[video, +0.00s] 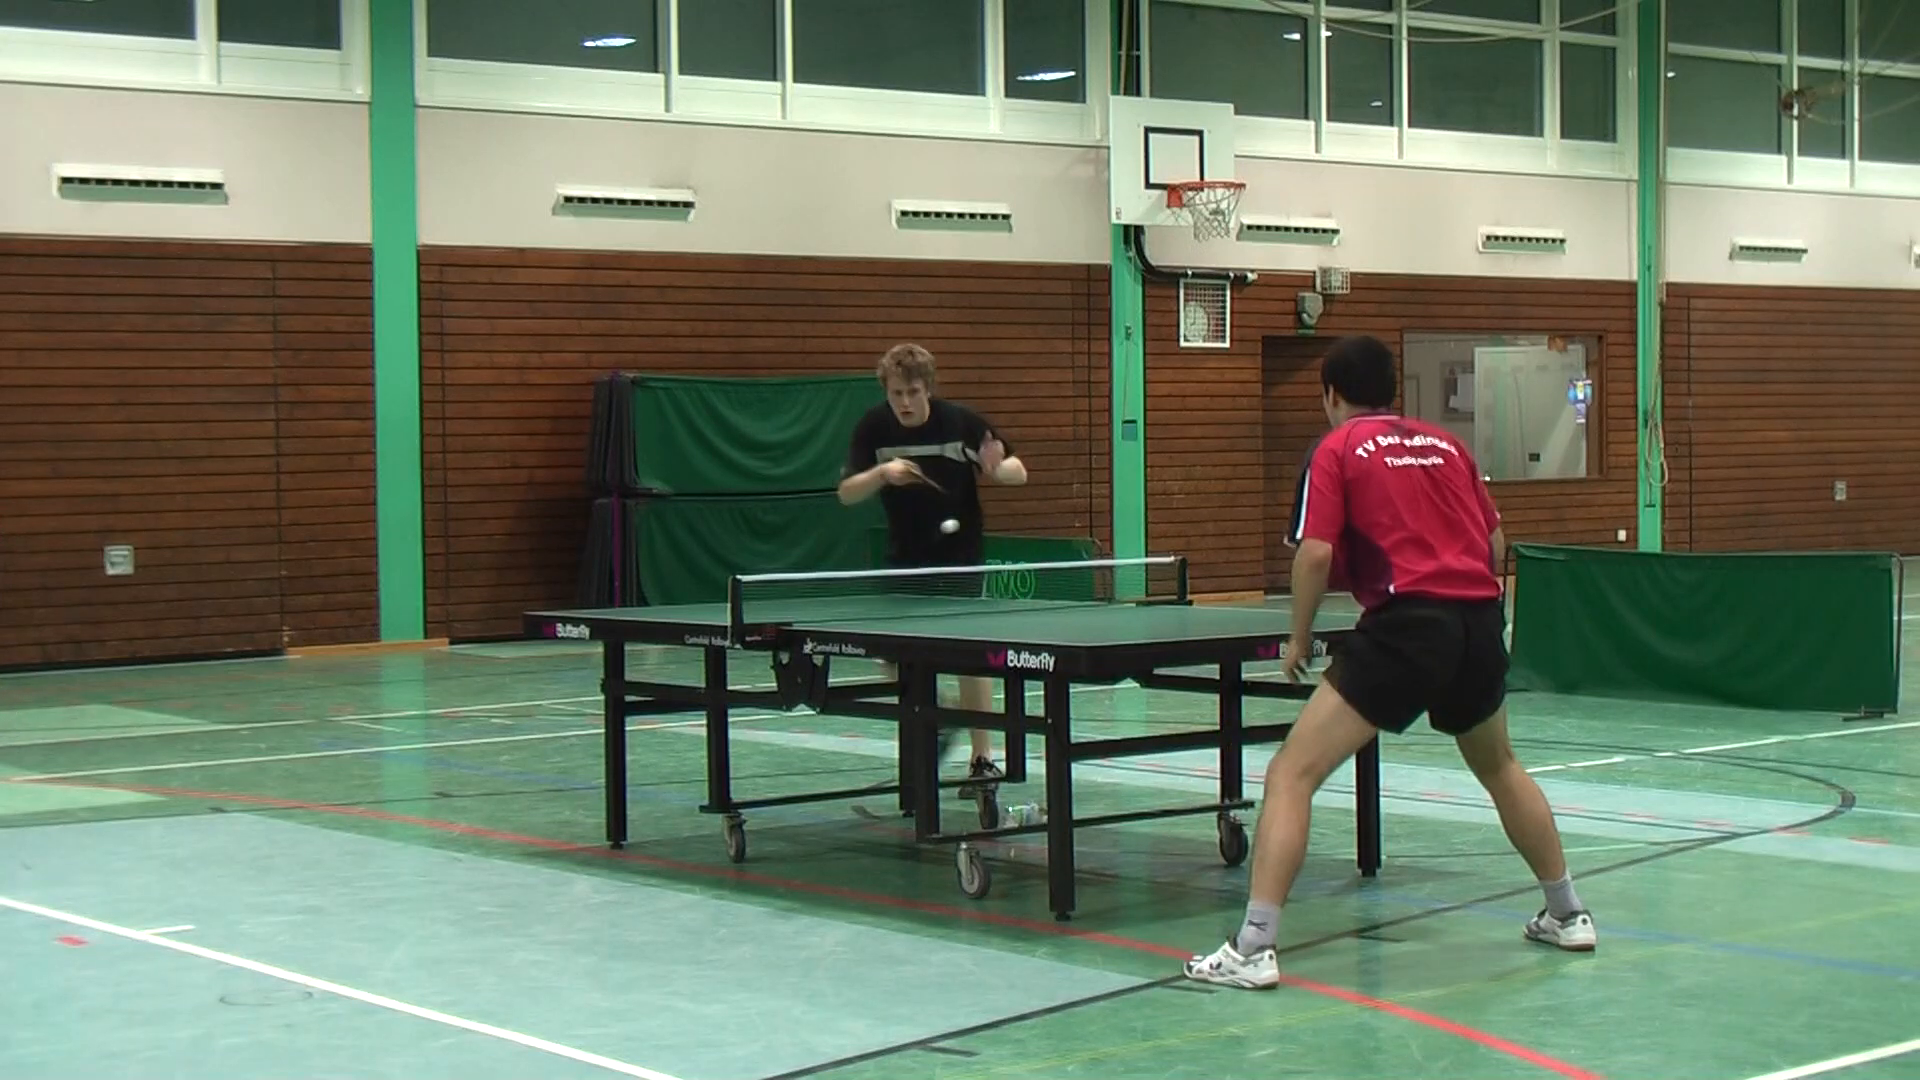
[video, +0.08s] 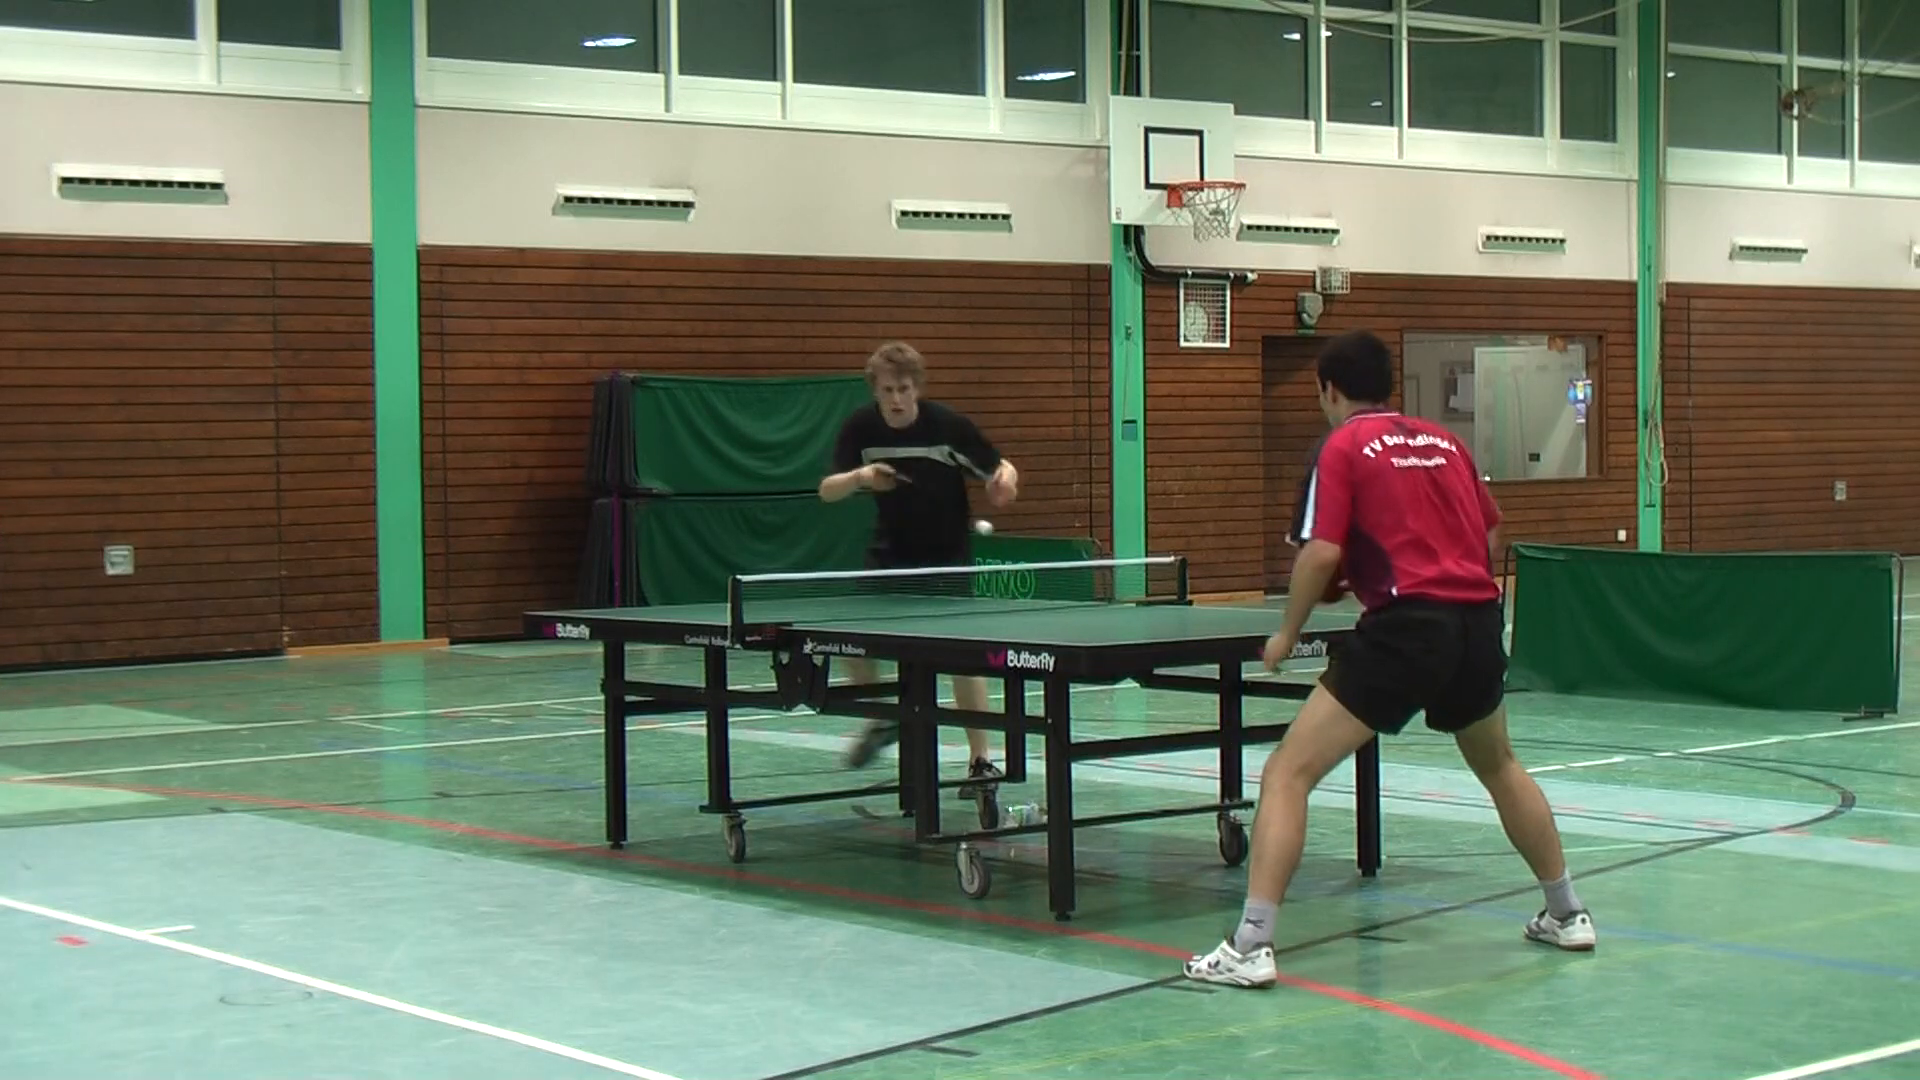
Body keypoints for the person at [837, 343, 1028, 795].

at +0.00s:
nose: (905, 403)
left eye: (913, 393)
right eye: (896, 394)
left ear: (929, 388)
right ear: (886, 391)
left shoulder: (961, 421)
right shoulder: (873, 428)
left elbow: (1019, 473)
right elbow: (846, 494)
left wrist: (997, 468)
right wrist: (881, 473)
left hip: (962, 563)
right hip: (904, 565)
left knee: (972, 657)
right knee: (891, 656)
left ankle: (982, 759)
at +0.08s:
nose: (896, 400)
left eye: (904, 389)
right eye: (886, 391)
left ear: (918, 387)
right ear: (874, 390)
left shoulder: (948, 424)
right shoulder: (860, 428)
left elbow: (1001, 468)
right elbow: (827, 491)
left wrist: (1005, 477)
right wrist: (860, 477)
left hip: (949, 561)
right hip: (888, 562)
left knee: (964, 659)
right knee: (848, 640)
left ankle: (981, 760)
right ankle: (880, 716)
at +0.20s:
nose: (870, 389)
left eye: (877, 380)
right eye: (861, 381)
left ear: (891, 379)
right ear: (847, 382)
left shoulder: (921, 420)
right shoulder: (832, 428)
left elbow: (972, 462)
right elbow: (803, 493)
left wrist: (976, 506)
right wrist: (829, 487)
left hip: (921, 563)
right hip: (856, 563)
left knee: (952, 654)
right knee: (800, 634)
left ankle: (978, 758)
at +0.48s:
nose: (823, 382)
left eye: (830, 374)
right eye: (814, 376)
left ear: (844, 378)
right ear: (801, 383)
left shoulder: (876, 425)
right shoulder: (786, 438)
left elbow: (941, 450)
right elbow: (758, 495)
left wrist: (925, 498)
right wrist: (776, 513)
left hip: (878, 575)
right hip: (809, 578)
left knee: (933, 650)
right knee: (769, 659)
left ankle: (954, 750)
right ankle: (744, 754)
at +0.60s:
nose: (817, 369)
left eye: (824, 360)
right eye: (808, 363)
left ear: (840, 363)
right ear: (797, 371)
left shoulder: (878, 405)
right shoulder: (792, 426)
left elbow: (942, 428)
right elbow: (773, 476)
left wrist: (894, 477)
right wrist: (771, 507)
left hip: (903, 559)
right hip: (834, 563)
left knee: (941, 650)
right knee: (798, 649)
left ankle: (977, 742)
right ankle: (776, 747)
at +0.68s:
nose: (822, 379)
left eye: (829, 369)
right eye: (812, 372)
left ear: (843, 371)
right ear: (800, 380)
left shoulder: (880, 413)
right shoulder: (804, 432)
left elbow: (920, 456)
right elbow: (791, 485)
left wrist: (859, 494)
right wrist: (774, 522)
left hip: (914, 541)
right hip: (858, 546)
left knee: (940, 637)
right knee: (824, 640)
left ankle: (1012, 719)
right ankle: (836, 742)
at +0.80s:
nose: (841, 404)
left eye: (848, 392)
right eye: (831, 397)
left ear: (863, 394)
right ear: (820, 404)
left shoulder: (886, 434)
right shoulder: (841, 445)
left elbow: (863, 492)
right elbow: (847, 494)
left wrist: (808, 503)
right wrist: (830, 526)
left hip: (948, 557)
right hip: (893, 559)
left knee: (994, 651)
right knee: (841, 639)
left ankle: (1064, 747)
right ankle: (847, 755)